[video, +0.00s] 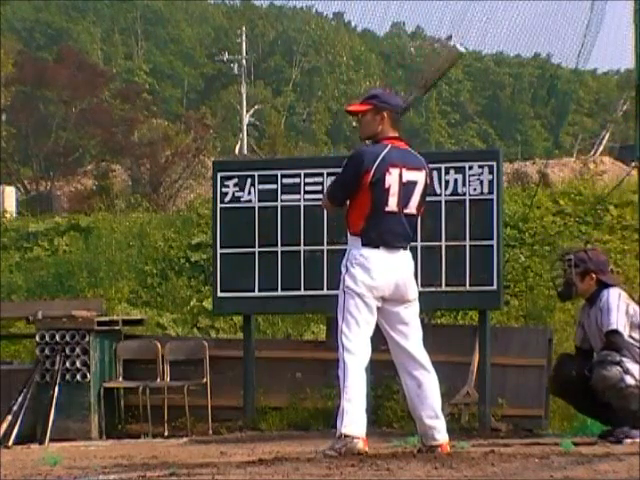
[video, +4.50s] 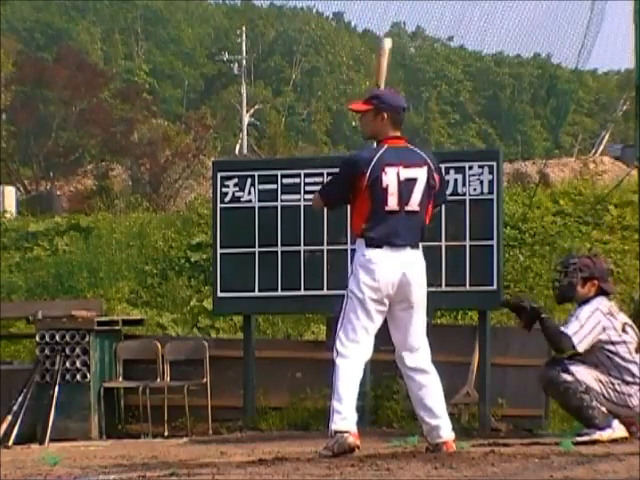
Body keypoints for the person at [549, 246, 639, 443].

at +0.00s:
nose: (566, 281)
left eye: (572, 276)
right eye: (566, 276)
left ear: (591, 278)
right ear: (589, 279)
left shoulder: (611, 297)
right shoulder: (586, 310)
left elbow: (616, 343)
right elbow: (583, 353)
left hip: (635, 371)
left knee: (605, 368)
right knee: (563, 372)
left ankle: (632, 426)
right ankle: (618, 424)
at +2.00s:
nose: (571, 282)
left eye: (579, 276)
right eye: (571, 275)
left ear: (601, 281)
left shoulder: (615, 299)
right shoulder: (591, 307)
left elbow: (622, 349)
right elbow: (603, 348)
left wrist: (582, 349)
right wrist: (566, 360)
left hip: (634, 371)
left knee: (606, 367)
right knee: (559, 378)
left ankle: (633, 425)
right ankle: (617, 423)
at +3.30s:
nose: (576, 278)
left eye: (583, 272)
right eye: (576, 272)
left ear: (605, 277)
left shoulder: (619, 301)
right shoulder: (595, 308)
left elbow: (627, 355)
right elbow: (596, 352)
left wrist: (576, 346)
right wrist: (570, 344)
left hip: (633, 378)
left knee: (599, 370)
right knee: (559, 373)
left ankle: (633, 425)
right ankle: (619, 424)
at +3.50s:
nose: (571, 266)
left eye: (579, 261)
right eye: (571, 260)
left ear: (598, 265)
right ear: (596, 267)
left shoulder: (609, 287)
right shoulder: (597, 291)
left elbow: (605, 328)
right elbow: (587, 333)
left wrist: (571, 317)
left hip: (632, 366)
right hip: (618, 363)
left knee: (595, 374)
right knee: (560, 375)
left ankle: (633, 424)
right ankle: (620, 424)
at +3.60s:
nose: (569, 247)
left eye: (576, 242)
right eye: (568, 241)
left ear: (596, 248)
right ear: (594, 249)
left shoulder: (607, 268)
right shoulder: (593, 273)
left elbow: (588, 300)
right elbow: (575, 306)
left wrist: (565, 299)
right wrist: (566, 297)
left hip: (635, 349)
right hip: (621, 349)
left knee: (588, 366)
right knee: (561, 371)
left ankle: (634, 423)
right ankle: (620, 422)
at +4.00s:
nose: (566, 264)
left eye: (574, 259)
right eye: (566, 258)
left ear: (594, 266)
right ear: (593, 266)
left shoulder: (602, 288)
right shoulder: (589, 290)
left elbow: (574, 318)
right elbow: (568, 310)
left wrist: (554, 310)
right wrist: (555, 311)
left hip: (633, 371)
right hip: (621, 368)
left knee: (567, 363)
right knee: (556, 373)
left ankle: (611, 428)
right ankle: (620, 421)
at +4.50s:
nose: (562, 282)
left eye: (570, 278)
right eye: (564, 276)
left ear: (592, 286)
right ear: (592, 286)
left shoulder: (596, 309)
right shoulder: (602, 306)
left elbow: (563, 345)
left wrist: (541, 317)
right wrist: (532, 317)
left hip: (630, 396)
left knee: (556, 371)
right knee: (559, 367)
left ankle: (606, 426)